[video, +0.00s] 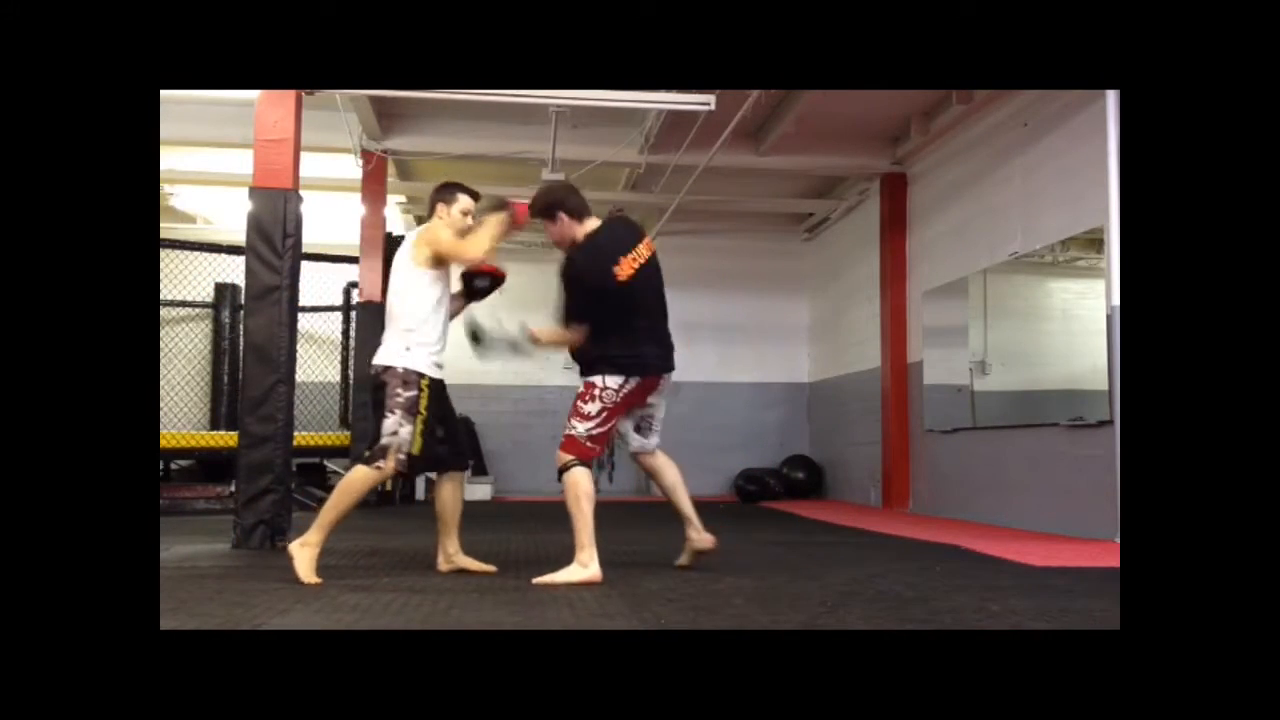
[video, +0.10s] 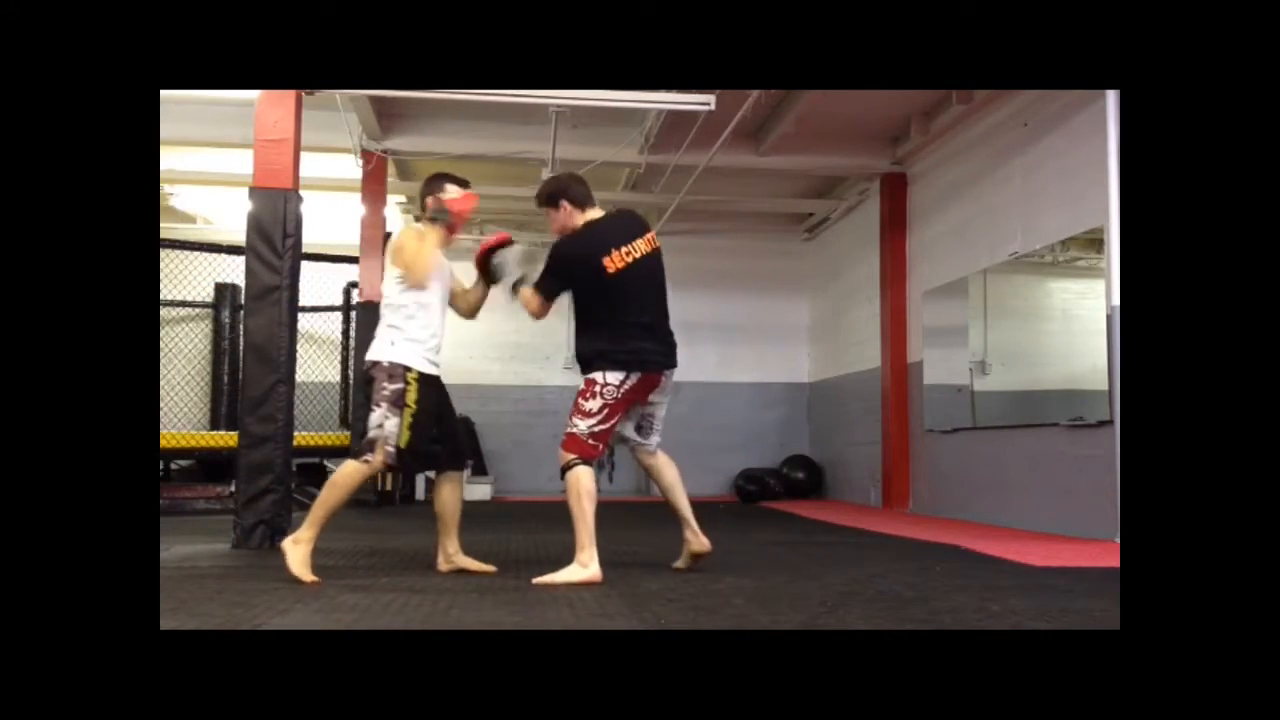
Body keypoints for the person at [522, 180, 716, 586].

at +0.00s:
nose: (547, 236)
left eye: (547, 226)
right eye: (545, 226)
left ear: (563, 218)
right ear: (575, 212)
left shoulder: (580, 263)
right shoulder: (626, 227)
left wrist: (545, 336)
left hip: (616, 368)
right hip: (656, 361)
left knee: (573, 456)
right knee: (646, 450)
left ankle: (585, 561)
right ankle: (696, 532)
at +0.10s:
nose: (550, 226)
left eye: (549, 216)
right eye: (547, 217)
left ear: (566, 207)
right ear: (588, 202)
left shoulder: (571, 249)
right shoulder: (633, 220)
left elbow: (536, 307)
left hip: (616, 364)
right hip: (659, 359)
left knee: (576, 454)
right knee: (647, 449)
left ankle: (586, 561)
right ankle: (694, 535)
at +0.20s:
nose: (560, 222)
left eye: (560, 213)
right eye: (558, 214)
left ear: (577, 202)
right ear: (596, 199)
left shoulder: (583, 238)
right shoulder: (644, 225)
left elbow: (558, 307)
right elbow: (636, 285)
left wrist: (547, 279)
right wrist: (577, 268)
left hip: (616, 359)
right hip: (658, 357)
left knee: (576, 452)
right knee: (660, 455)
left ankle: (585, 559)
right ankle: (703, 548)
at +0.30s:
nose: (575, 228)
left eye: (576, 218)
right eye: (574, 219)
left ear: (596, 210)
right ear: (611, 209)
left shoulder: (604, 240)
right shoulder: (655, 237)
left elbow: (590, 299)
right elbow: (643, 298)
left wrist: (553, 306)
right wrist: (576, 298)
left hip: (621, 361)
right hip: (665, 362)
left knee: (560, 444)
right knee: (668, 458)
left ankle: (573, 542)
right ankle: (703, 553)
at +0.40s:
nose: (582, 228)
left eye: (584, 220)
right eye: (581, 221)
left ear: (603, 212)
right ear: (620, 212)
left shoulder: (605, 236)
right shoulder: (662, 240)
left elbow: (587, 276)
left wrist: (525, 295)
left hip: (622, 358)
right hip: (668, 363)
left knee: (563, 448)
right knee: (673, 459)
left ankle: (567, 550)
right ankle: (704, 554)